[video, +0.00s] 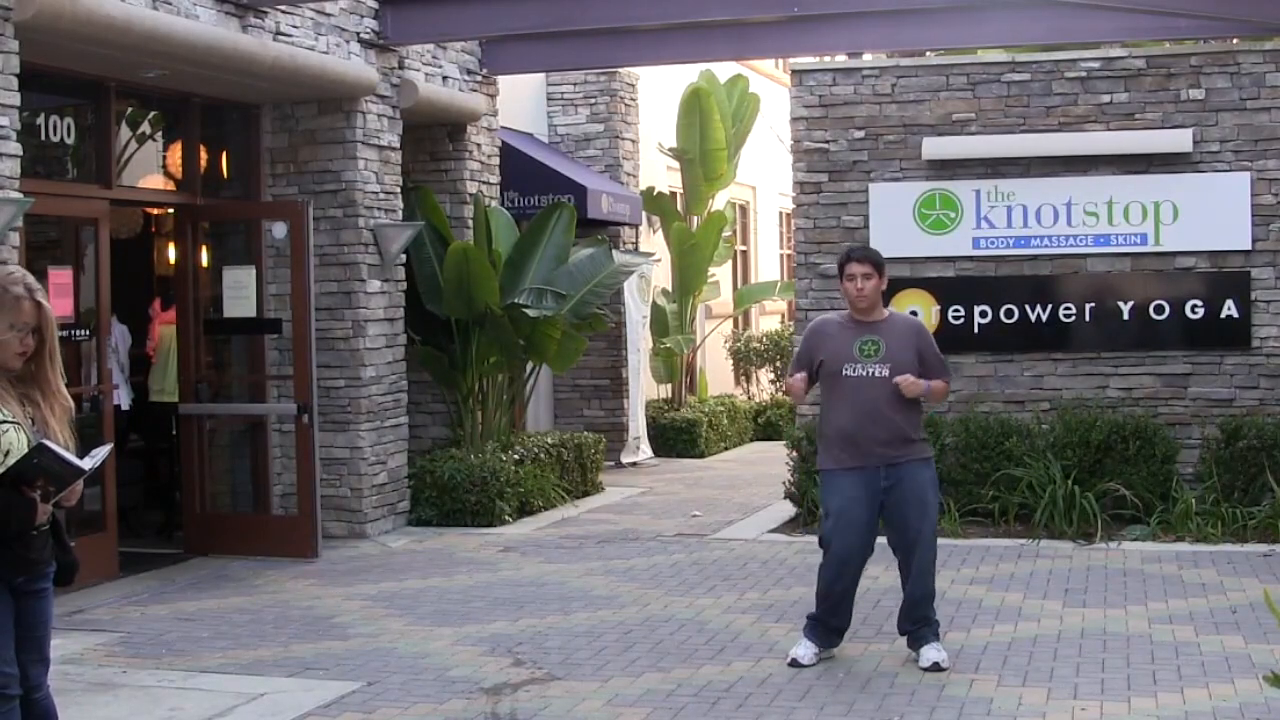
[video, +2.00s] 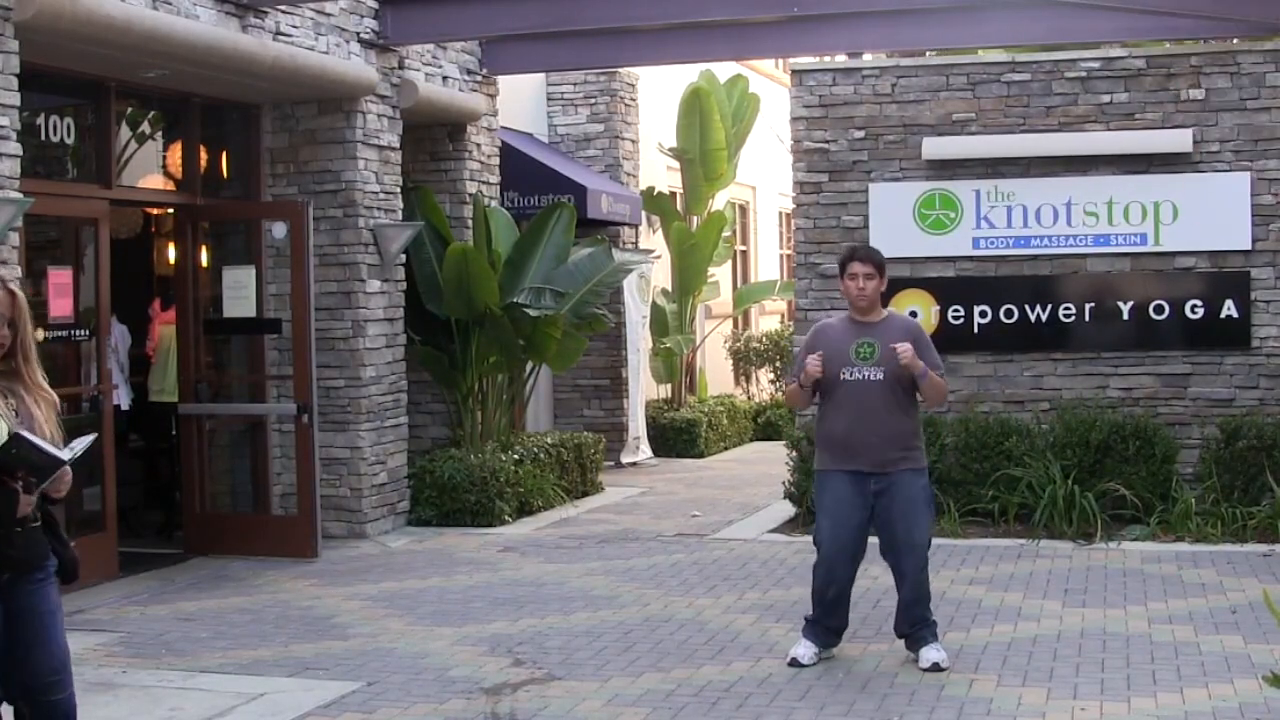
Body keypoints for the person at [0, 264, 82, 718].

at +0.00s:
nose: (27, 341)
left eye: (33, 330)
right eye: (15, 330)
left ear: (41, 333)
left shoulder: (45, 396)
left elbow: (62, 472)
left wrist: (69, 492)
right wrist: (24, 506)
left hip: (36, 561)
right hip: (3, 561)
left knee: (35, 684)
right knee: (8, 688)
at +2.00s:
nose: (3, 334)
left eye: (9, 323)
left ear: (20, 330)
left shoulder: (34, 395)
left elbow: (52, 475)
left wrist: (60, 485)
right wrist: (7, 504)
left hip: (29, 568)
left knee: (52, 703)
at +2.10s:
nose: (3, 333)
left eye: (8, 322)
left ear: (19, 329)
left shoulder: (33, 393)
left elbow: (52, 472)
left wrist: (61, 484)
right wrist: (8, 503)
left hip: (30, 569)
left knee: (53, 702)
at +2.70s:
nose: (13, 337)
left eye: (22, 326)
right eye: (5, 324)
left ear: (32, 331)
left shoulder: (44, 393)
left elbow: (64, 470)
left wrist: (71, 482)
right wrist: (32, 498)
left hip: (39, 561)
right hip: (4, 561)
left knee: (43, 694)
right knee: (12, 695)